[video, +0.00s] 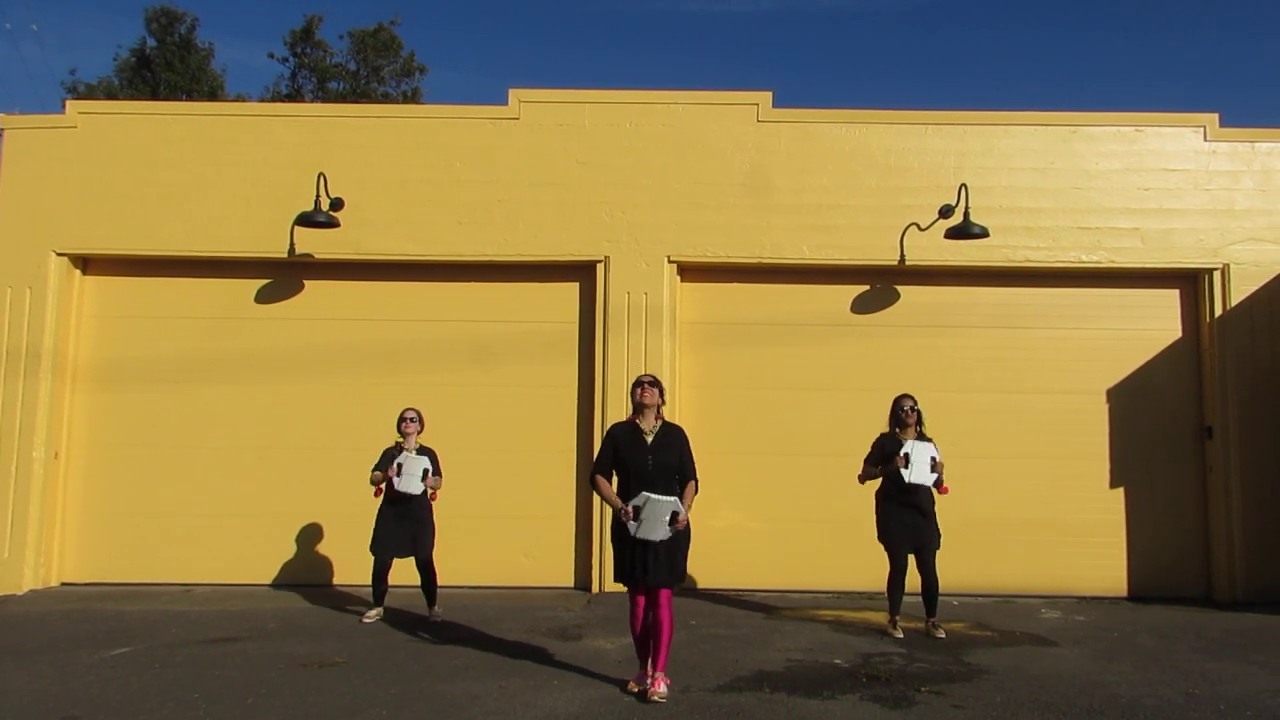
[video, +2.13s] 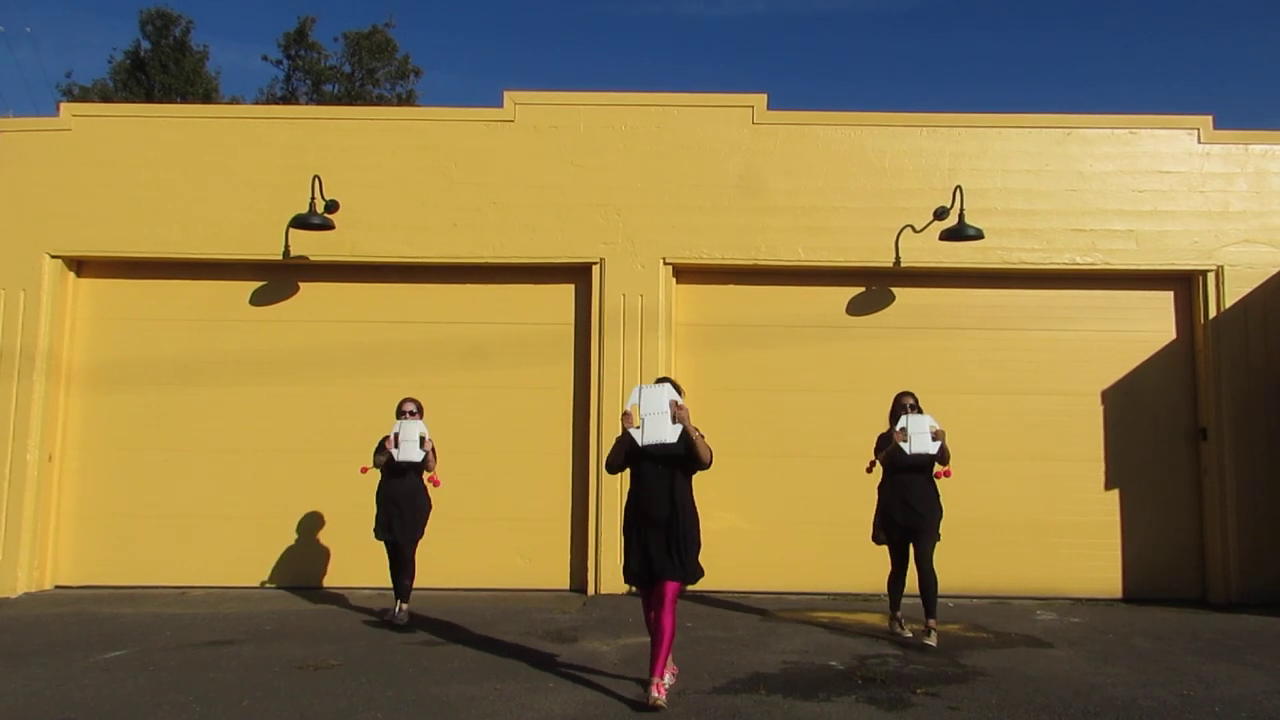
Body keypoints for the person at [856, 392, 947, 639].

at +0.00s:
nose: (908, 413)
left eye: (912, 409)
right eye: (903, 409)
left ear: (918, 413)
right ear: (895, 414)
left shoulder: (927, 444)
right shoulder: (885, 441)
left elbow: (938, 483)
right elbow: (863, 475)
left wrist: (937, 470)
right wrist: (891, 467)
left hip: (923, 514)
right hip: (893, 513)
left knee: (928, 569)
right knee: (898, 567)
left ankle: (931, 621)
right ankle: (894, 621)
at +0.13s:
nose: (906, 401)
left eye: (910, 396)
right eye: (900, 398)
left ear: (916, 400)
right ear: (892, 402)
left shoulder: (924, 427)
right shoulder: (885, 424)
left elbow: (950, 464)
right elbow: (878, 443)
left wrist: (953, 440)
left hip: (919, 501)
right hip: (890, 501)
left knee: (920, 559)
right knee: (893, 558)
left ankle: (927, 615)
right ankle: (891, 616)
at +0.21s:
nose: (904, 402)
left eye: (909, 398)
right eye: (899, 398)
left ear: (915, 403)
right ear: (888, 402)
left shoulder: (921, 431)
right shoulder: (881, 425)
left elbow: (960, 448)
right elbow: (893, 420)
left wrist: (965, 418)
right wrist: (922, 404)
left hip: (919, 502)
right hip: (889, 501)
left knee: (917, 559)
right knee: (893, 559)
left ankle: (921, 614)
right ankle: (892, 614)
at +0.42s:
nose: (909, 401)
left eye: (912, 398)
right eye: (904, 397)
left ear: (917, 403)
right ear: (895, 403)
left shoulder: (924, 428)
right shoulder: (886, 425)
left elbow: (959, 410)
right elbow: (892, 395)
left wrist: (962, 377)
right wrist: (922, 364)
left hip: (919, 503)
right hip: (889, 502)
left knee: (917, 560)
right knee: (892, 559)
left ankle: (921, 615)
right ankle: (891, 613)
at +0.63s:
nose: (908, 411)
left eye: (912, 408)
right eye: (903, 408)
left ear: (919, 411)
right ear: (895, 412)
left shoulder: (928, 432)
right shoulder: (887, 432)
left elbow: (935, 398)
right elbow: (874, 405)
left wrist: (921, 362)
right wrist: (876, 369)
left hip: (916, 504)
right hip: (886, 504)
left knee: (923, 564)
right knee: (892, 562)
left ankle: (931, 621)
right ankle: (891, 618)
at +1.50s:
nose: (908, 412)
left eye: (912, 408)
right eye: (904, 408)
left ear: (919, 411)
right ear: (897, 412)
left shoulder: (928, 436)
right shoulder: (889, 437)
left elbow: (946, 429)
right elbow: (879, 431)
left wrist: (938, 398)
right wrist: (890, 400)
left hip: (924, 508)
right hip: (894, 508)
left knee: (924, 563)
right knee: (898, 564)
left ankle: (928, 621)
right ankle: (895, 615)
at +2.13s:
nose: (908, 410)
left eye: (912, 407)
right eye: (902, 407)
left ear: (918, 410)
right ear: (893, 410)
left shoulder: (926, 436)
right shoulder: (886, 438)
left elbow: (944, 461)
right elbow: (881, 461)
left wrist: (941, 441)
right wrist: (893, 444)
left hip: (925, 507)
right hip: (895, 508)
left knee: (925, 563)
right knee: (899, 566)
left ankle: (931, 624)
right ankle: (895, 617)